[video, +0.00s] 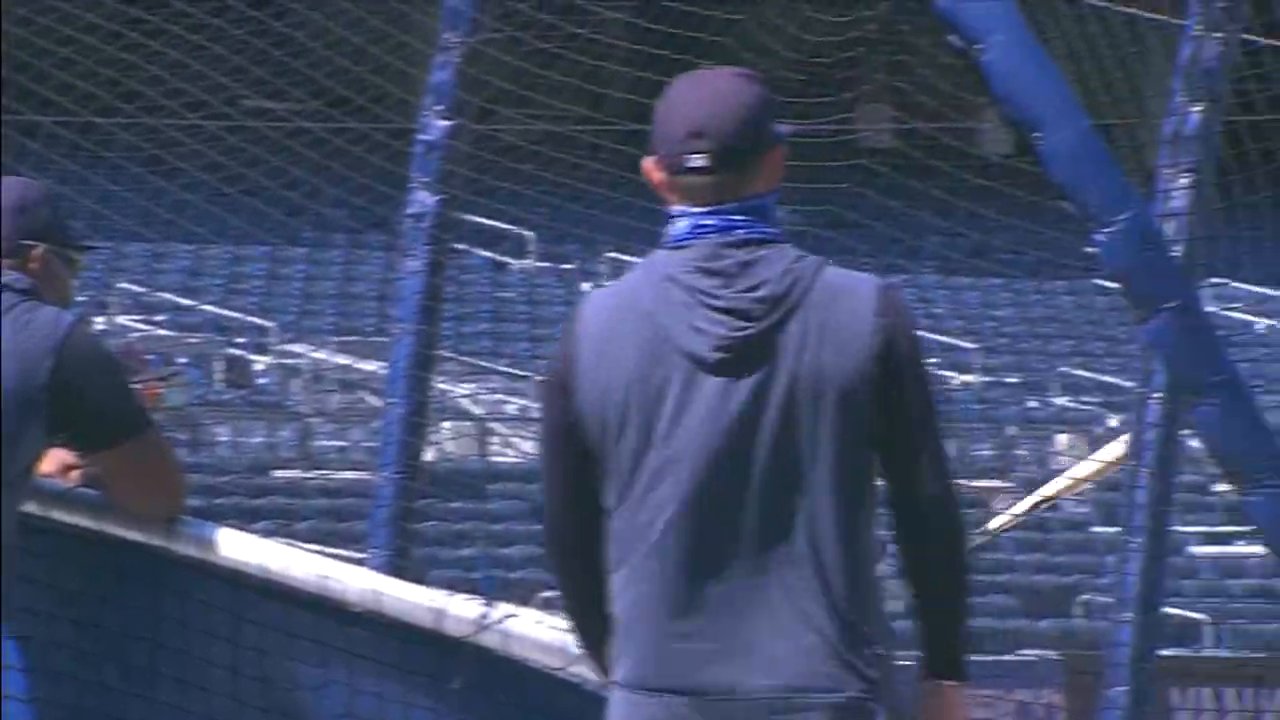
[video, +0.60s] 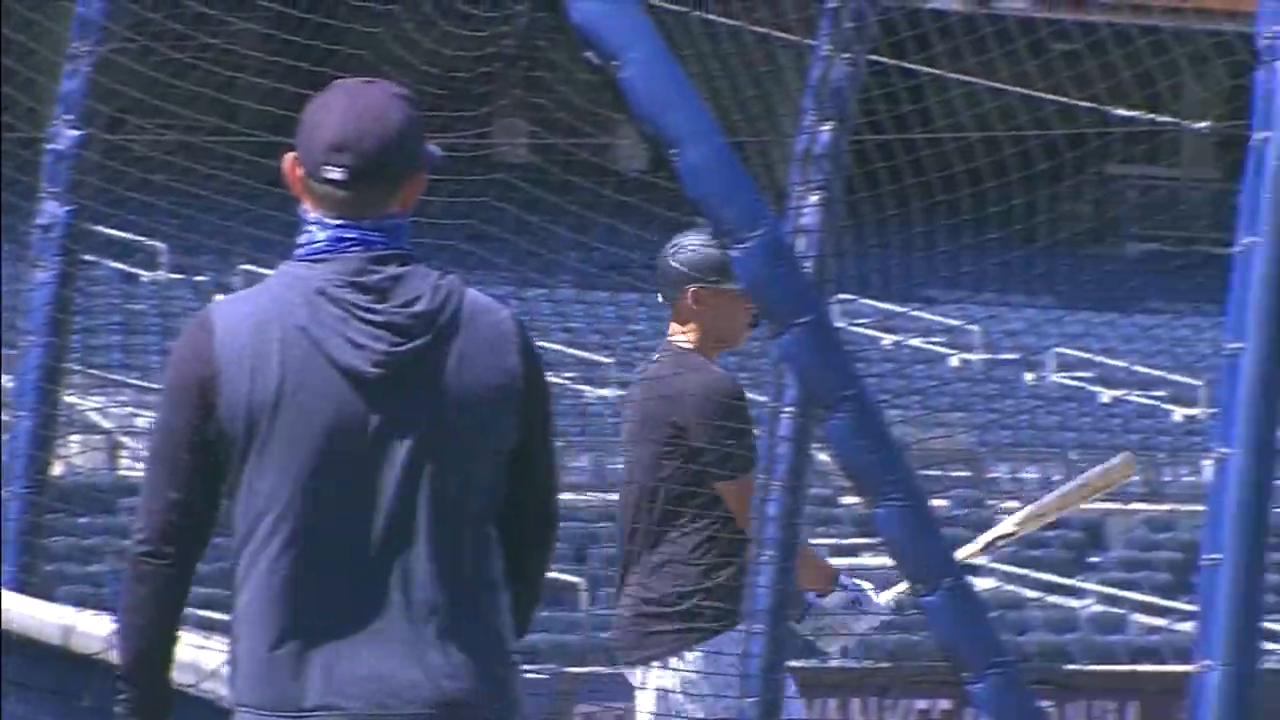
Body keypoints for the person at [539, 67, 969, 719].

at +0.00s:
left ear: (655, 178)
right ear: (777, 166)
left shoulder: (599, 324)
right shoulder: (864, 311)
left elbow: (568, 532)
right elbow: (926, 506)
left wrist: (620, 664)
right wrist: (944, 672)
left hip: (654, 689)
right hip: (824, 685)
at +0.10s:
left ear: (584, 179)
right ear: (710, 169)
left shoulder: (530, 324)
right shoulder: (799, 314)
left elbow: (489, 528)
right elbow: (850, 514)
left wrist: (522, 681)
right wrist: (847, 669)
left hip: (588, 693)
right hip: (759, 691)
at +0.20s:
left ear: (523, 179)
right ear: (646, 170)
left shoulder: (463, 328)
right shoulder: (732, 319)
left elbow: (413, 530)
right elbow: (781, 524)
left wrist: (422, 688)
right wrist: (738, 652)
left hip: (520, 694)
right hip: (694, 692)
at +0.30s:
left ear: (467, 178)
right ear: (591, 176)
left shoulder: (401, 329)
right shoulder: (670, 323)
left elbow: (345, 529)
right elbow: (709, 521)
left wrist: (332, 691)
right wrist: (674, 627)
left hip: (456, 695)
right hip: (633, 693)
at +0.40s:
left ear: (410, 175)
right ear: (534, 183)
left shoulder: (340, 329)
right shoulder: (606, 330)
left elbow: (277, 527)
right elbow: (645, 521)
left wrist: (259, 691)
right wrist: (608, 621)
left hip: (398, 696)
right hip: (571, 696)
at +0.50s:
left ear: (351, 172)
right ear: (473, 188)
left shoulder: (278, 332)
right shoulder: (546, 333)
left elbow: (212, 532)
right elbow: (581, 530)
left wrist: (196, 694)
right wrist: (536, 630)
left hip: (340, 696)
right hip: (513, 695)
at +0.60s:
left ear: (292, 177)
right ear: (417, 190)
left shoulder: (224, 338)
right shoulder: (496, 336)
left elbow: (162, 547)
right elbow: (531, 534)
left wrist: (146, 697)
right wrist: (477, 650)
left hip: (287, 692)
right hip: (458, 693)